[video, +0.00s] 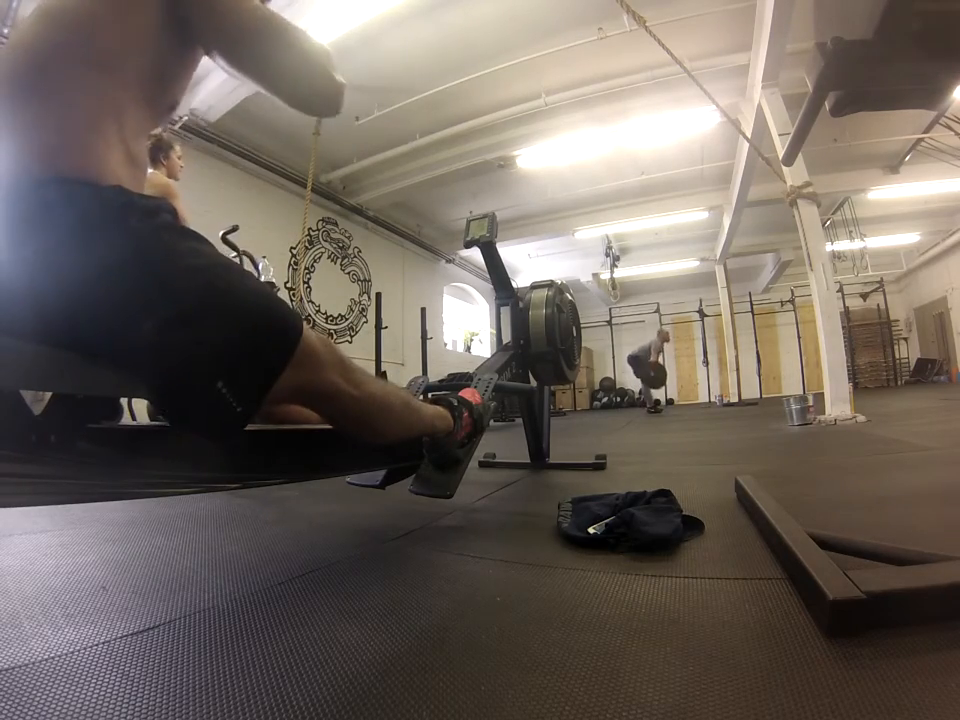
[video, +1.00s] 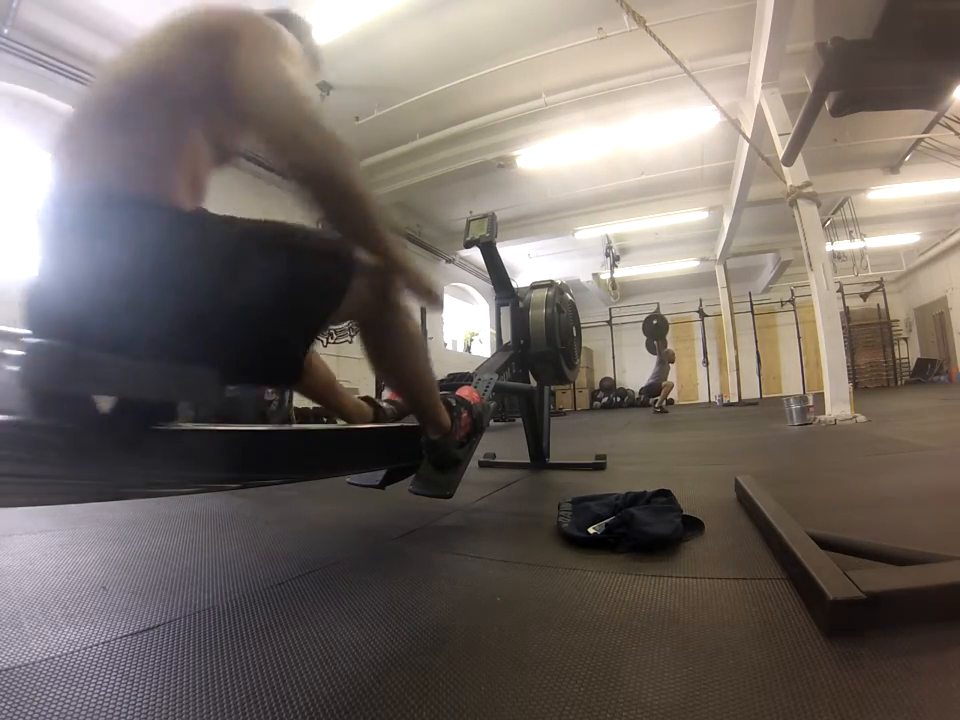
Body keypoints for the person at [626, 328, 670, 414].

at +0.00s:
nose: (668, 336)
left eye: (668, 334)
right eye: (666, 334)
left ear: (660, 335)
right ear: (660, 334)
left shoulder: (659, 344)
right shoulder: (656, 343)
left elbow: (655, 359)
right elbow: (653, 359)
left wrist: (657, 372)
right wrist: (654, 371)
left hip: (639, 358)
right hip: (635, 358)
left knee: (646, 381)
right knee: (645, 381)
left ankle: (650, 404)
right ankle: (650, 405)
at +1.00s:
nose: (674, 357)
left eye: (674, 355)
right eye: (673, 355)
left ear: (667, 356)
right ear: (667, 355)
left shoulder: (667, 366)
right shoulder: (662, 361)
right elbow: (659, 347)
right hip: (648, 388)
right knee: (669, 384)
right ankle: (658, 406)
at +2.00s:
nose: (675, 356)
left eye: (675, 354)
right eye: (673, 354)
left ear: (668, 355)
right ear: (668, 355)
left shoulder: (667, 365)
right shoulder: (662, 361)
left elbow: (664, 380)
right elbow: (659, 349)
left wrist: (665, 399)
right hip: (649, 386)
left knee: (668, 384)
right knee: (669, 384)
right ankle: (658, 406)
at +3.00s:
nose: (659, 315)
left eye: (658, 313)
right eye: (657, 312)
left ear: (654, 312)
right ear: (651, 312)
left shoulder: (653, 324)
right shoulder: (649, 323)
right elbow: (647, 311)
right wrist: (645, 300)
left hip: (652, 354)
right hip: (649, 354)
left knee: (653, 381)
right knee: (652, 381)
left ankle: (654, 404)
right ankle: (644, 404)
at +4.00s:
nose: (653, 327)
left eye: (654, 325)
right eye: (653, 325)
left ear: (646, 322)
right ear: (649, 323)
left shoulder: (641, 331)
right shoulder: (641, 332)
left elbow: (644, 347)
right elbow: (645, 347)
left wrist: (650, 357)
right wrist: (651, 357)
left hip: (639, 356)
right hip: (638, 356)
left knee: (647, 381)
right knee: (646, 381)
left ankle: (647, 404)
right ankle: (643, 405)